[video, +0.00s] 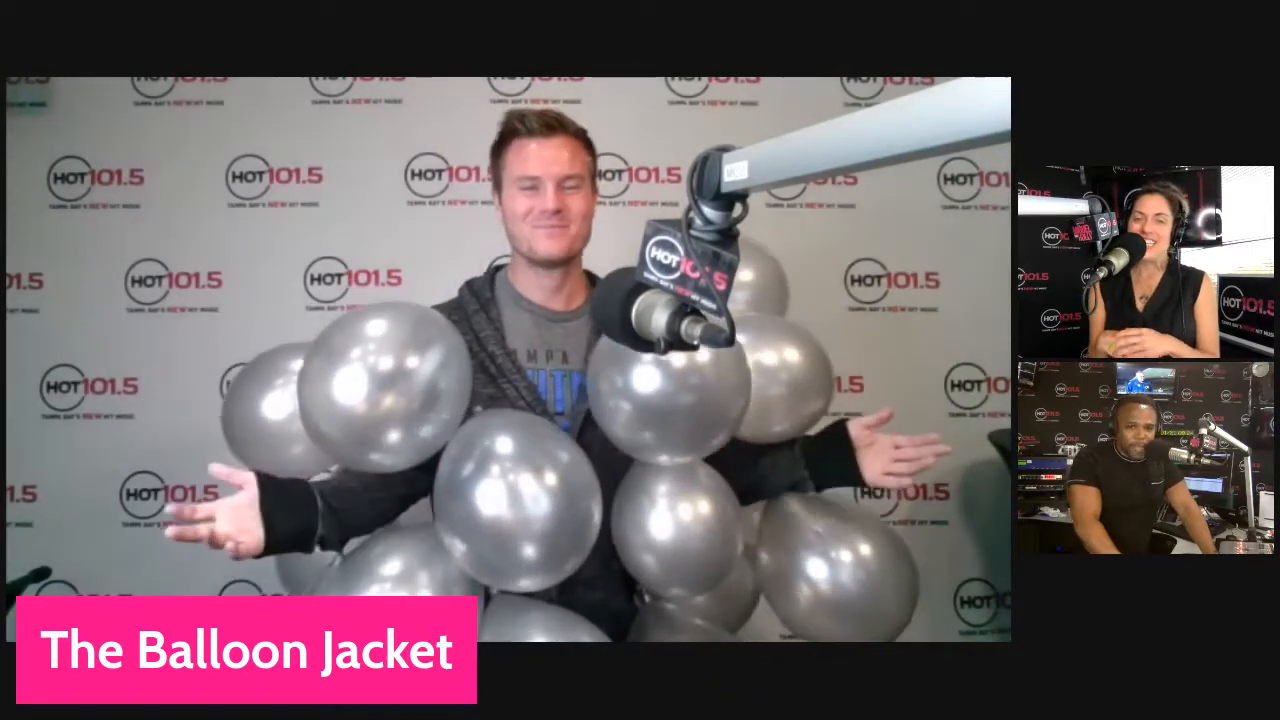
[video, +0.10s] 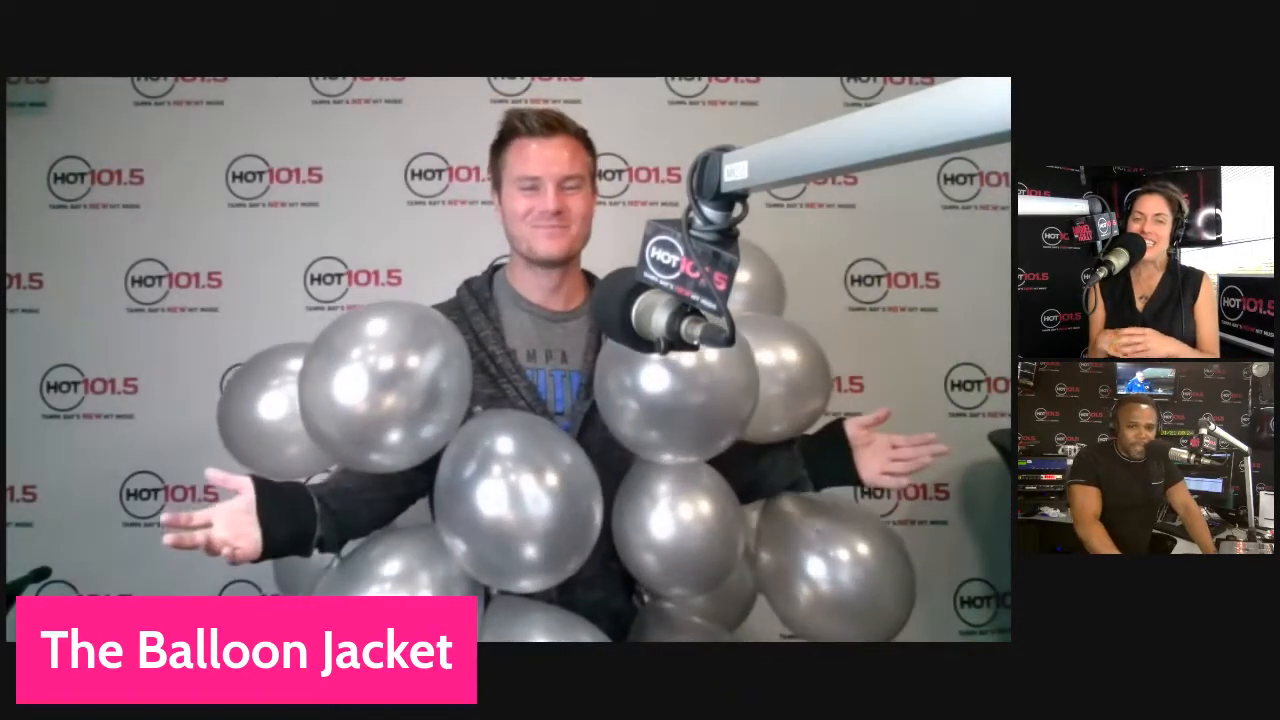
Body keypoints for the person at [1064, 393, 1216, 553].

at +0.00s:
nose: (1141, 435)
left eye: (1148, 428)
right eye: (1131, 427)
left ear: (1156, 431)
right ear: (1115, 428)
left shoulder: (1159, 459)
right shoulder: (1091, 459)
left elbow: (1188, 508)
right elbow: (1086, 523)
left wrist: (1211, 551)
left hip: (1142, 555)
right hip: (1097, 555)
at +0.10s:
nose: (1142, 435)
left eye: (1149, 428)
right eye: (1132, 426)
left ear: (1156, 430)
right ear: (1116, 427)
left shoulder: (1158, 459)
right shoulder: (1090, 459)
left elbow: (1187, 508)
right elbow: (1086, 523)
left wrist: (1211, 552)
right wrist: (1118, 561)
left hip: (1142, 556)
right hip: (1096, 557)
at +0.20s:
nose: (1142, 435)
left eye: (1149, 428)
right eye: (1132, 426)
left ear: (1157, 430)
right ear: (1116, 427)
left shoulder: (1159, 459)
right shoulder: (1091, 459)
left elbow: (1187, 509)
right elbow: (1086, 523)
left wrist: (1211, 551)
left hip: (1142, 555)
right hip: (1097, 556)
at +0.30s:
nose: (1141, 434)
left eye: (1148, 427)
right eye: (1131, 426)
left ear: (1156, 430)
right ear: (1115, 427)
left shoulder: (1159, 459)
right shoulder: (1091, 459)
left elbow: (1188, 509)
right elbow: (1086, 523)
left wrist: (1211, 552)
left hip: (1142, 555)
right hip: (1097, 556)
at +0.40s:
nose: (1138, 431)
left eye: (1146, 424)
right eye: (1129, 423)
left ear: (1154, 429)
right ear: (1114, 427)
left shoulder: (1159, 459)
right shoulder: (1091, 459)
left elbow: (1188, 509)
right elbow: (1087, 523)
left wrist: (1211, 552)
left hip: (1142, 555)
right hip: (1098, 555)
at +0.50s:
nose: (1137, 428)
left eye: (1144, 421)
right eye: (1127, 421)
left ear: (1153, 427)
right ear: (1113, 426)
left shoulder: (1159, 459)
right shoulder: (1091, 460)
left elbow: (1188, 509)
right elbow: (1087, 524)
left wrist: (1212, 553)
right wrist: (1121, 565)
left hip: (1143, 557)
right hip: (1099, 557)